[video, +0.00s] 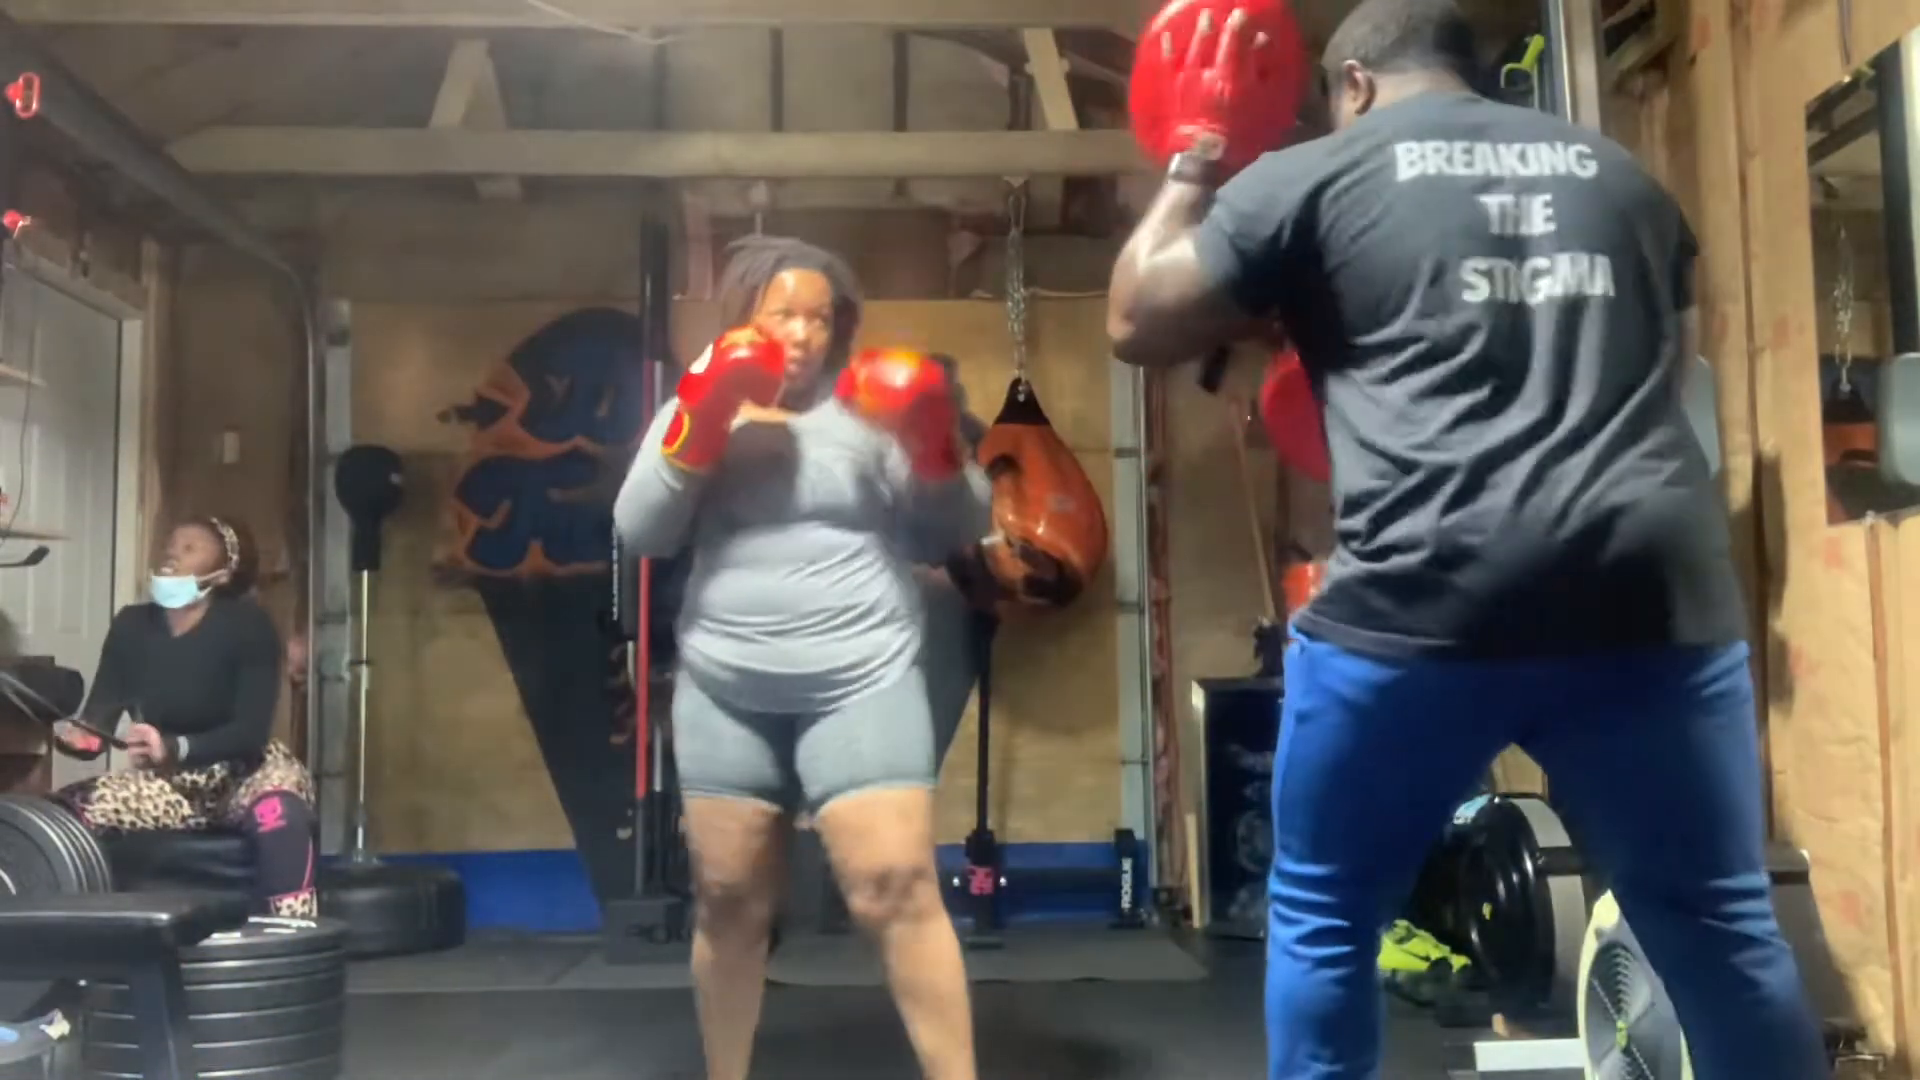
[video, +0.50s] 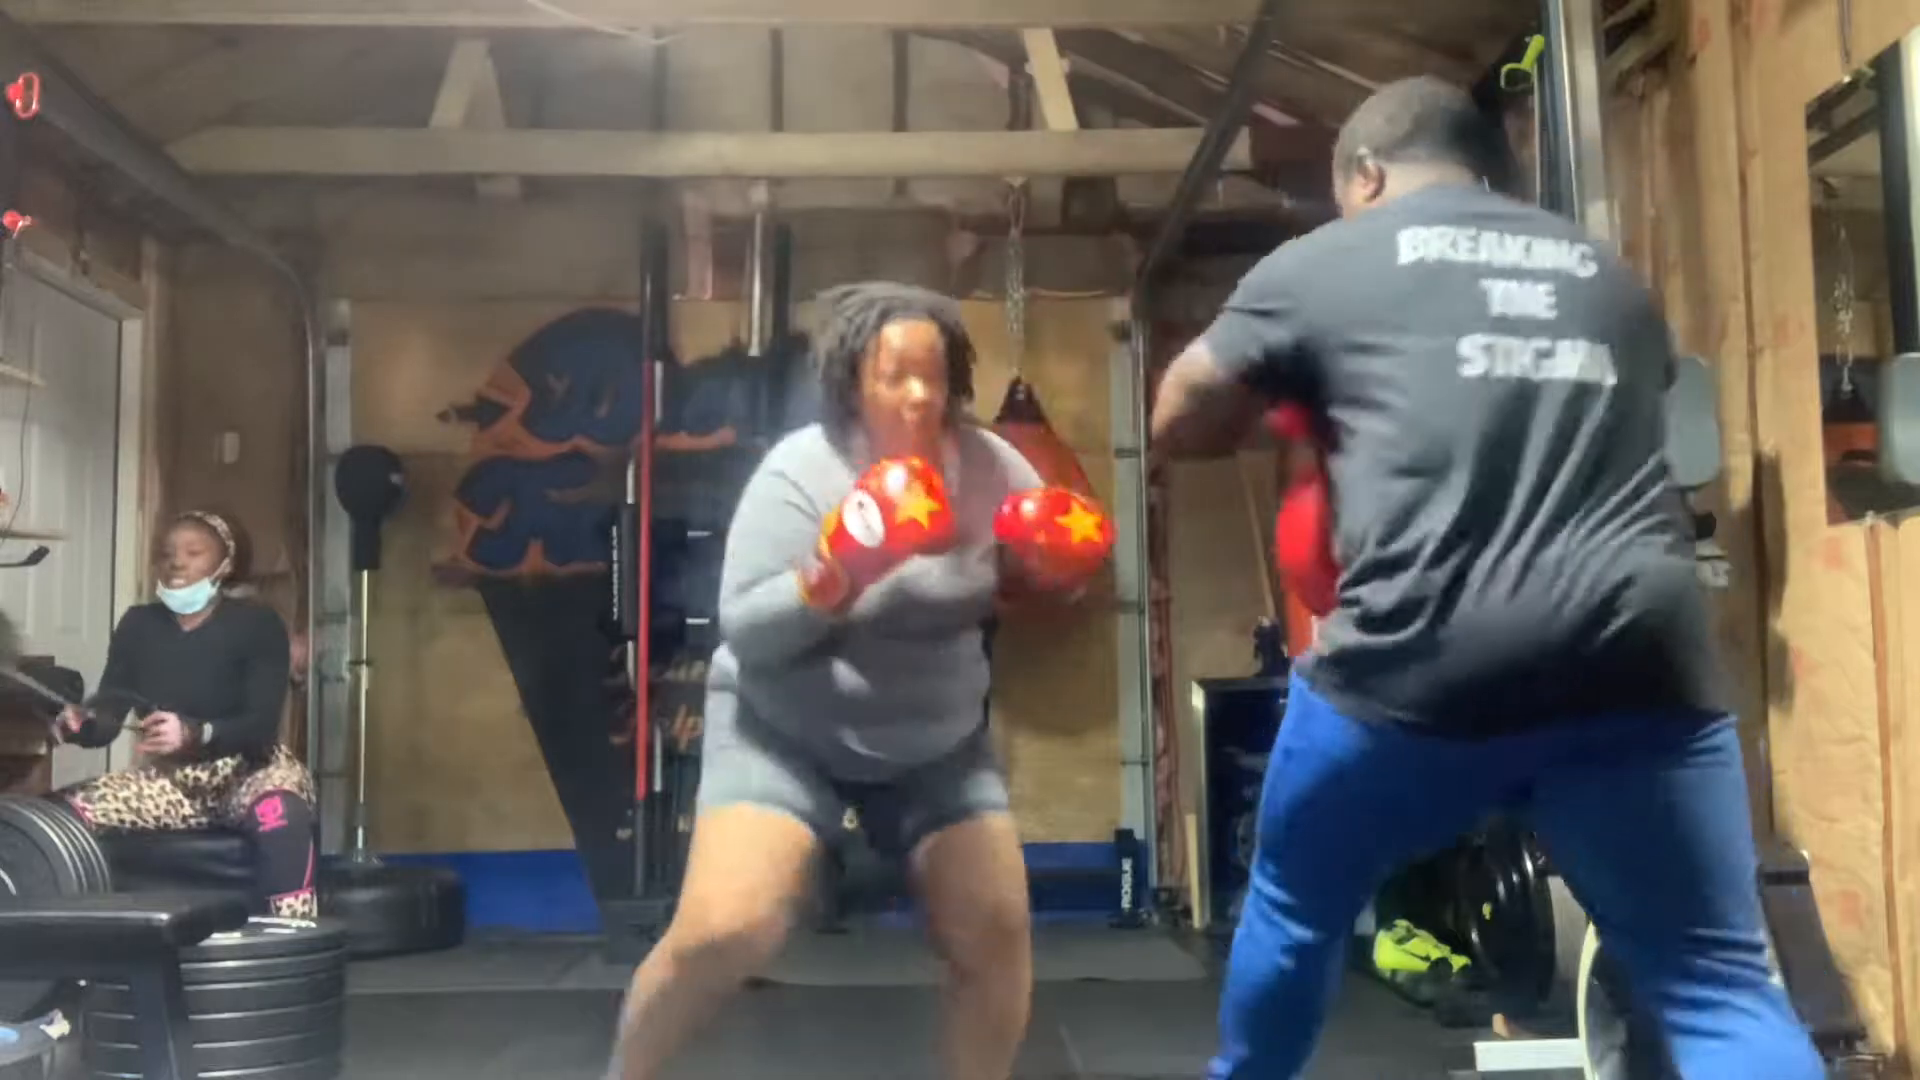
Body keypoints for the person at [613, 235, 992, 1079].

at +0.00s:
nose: (804, 335)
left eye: (821, 319)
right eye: (785, 316)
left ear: (841, 330)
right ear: (744, 324)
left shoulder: (875, 411)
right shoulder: (699, 411)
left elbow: (954, 534)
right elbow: (640, 534)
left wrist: (929, 432)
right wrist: (702, 422)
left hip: (863, 680)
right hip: (722, 685)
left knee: (896, 886)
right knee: (725, 897)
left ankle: (955, 1075)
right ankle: (725, 1075)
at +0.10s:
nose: (814, 309)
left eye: (832, 293)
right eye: (795, 290)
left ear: (858, 307)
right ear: (752, 299)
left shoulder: (901, 379)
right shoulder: (721, 394)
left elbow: (1013, 435)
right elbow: (649, 506)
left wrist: (998, 330)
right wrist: (717, 389)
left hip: (883, 674)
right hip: (745, 675)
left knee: (902, 889)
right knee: (746, 900)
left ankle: (955, 1074)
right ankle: (730, 1072)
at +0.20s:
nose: (836, 304)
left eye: (854, 287)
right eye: (817, 285)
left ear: (879, 299)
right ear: (771, 291)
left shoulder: (923, 362)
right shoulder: (734, 379)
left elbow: (1046, 382)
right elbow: (671, 497)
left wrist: (1019, 292)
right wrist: (747, 385)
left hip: (905, 664)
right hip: (764, 668)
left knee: (912, 884)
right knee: (763, 903)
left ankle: (957, 1075)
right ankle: (733, 1072)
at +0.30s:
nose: (864, 326)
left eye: (883, 311)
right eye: (847, 306)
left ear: (905, 322)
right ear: (805, 307)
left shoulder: (936, 392)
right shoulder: (745, 390)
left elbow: (1050, 474)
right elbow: (698, 528)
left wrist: (1045, 411)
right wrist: (782, 432)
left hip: (922, 679)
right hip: (777, 680)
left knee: (947, 898)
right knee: (764, 912)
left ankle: (967, 1072)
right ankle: (735, 1072)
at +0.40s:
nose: (899, 354)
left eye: (914, 334)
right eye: (877, 334)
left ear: (934, 343)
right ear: (831, 340)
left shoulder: (973, 434)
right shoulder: (780, 429)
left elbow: (1029, 573)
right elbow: (722, 586)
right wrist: (801, 524)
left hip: (935, 713)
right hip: (784, 709)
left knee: (969, 920)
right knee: (742, 939)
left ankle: (974, 1074)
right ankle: (704, 1062)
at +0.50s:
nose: (920, 395)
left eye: (934, 374)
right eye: (897, 375)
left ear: (952, 380)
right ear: (850, 382)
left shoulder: (994, 467)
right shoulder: (798, 471)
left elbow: (1034, 596)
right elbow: (747, 634)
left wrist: (1057, 574)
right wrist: (831, 583)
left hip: (939, 742)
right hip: (779, 734)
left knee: (998, 933)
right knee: (730, 928)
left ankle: (979, 1076)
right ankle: (628, 1070)